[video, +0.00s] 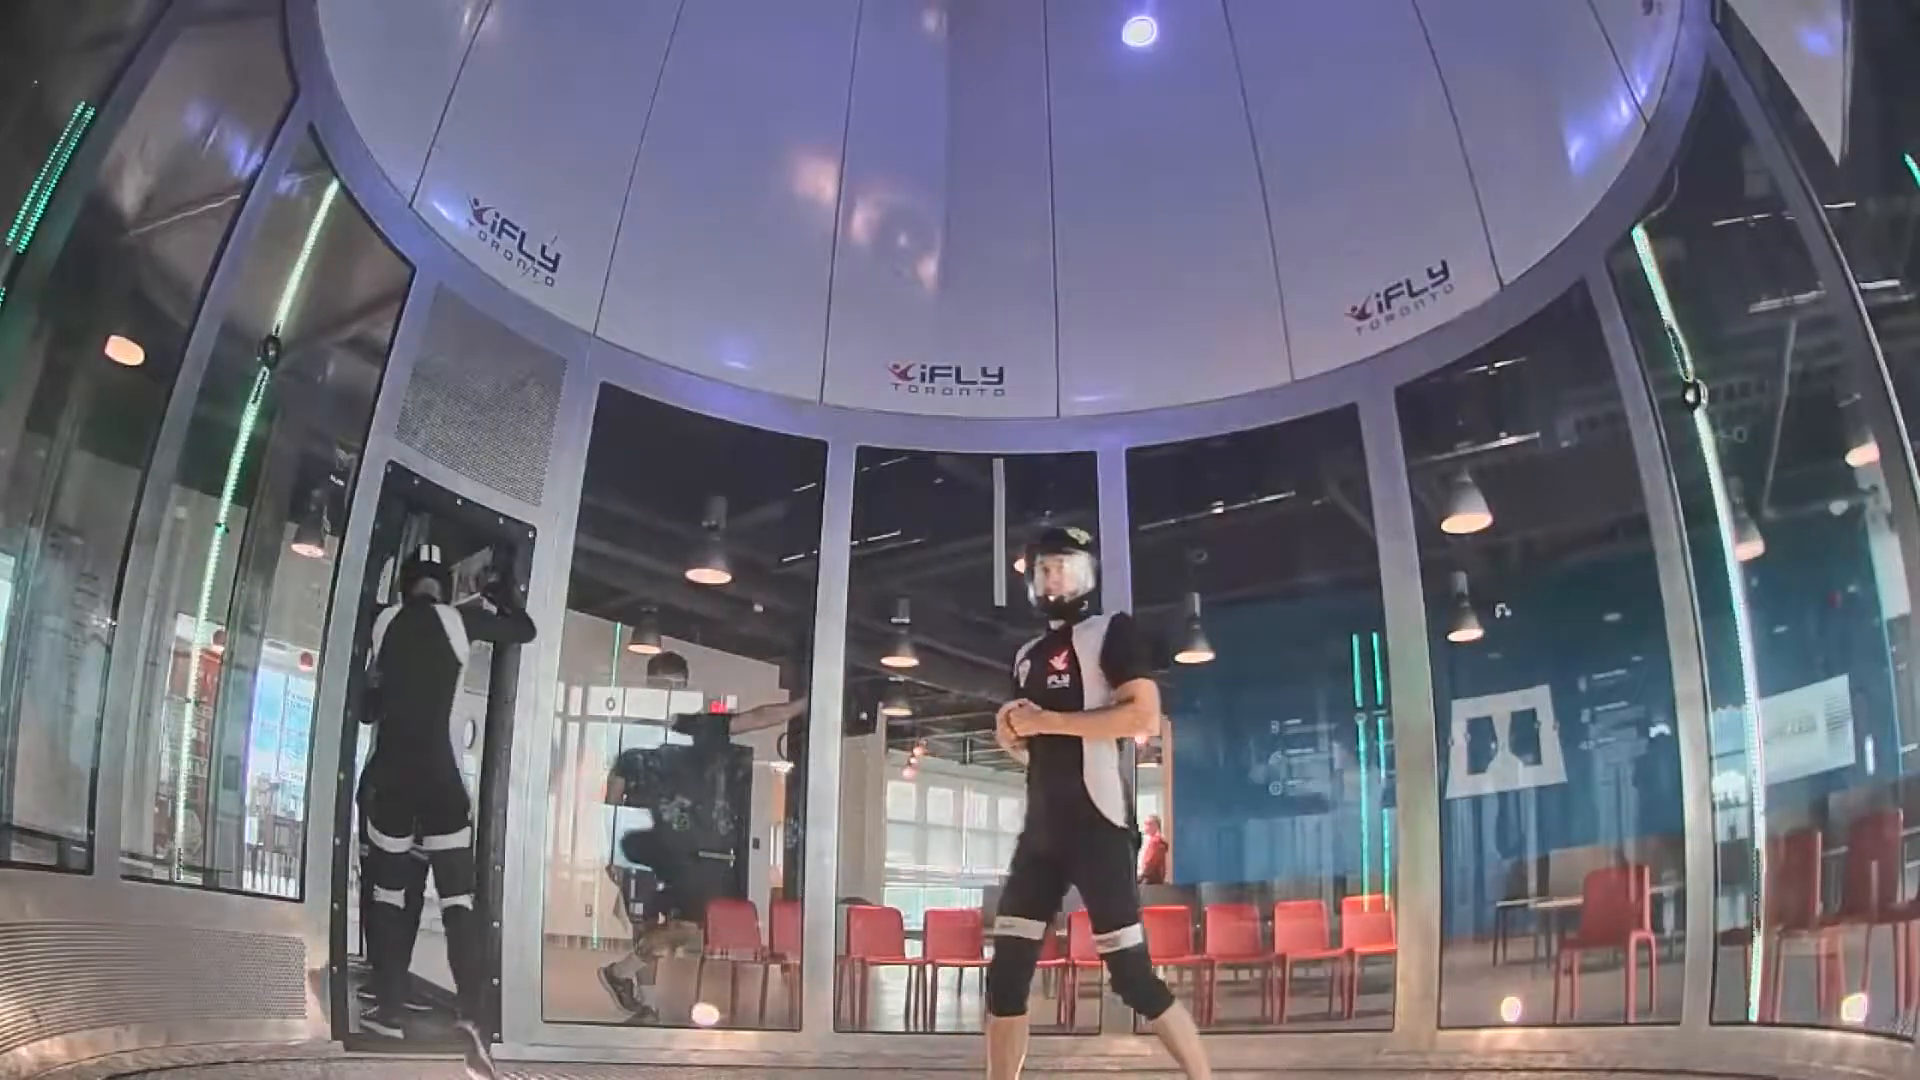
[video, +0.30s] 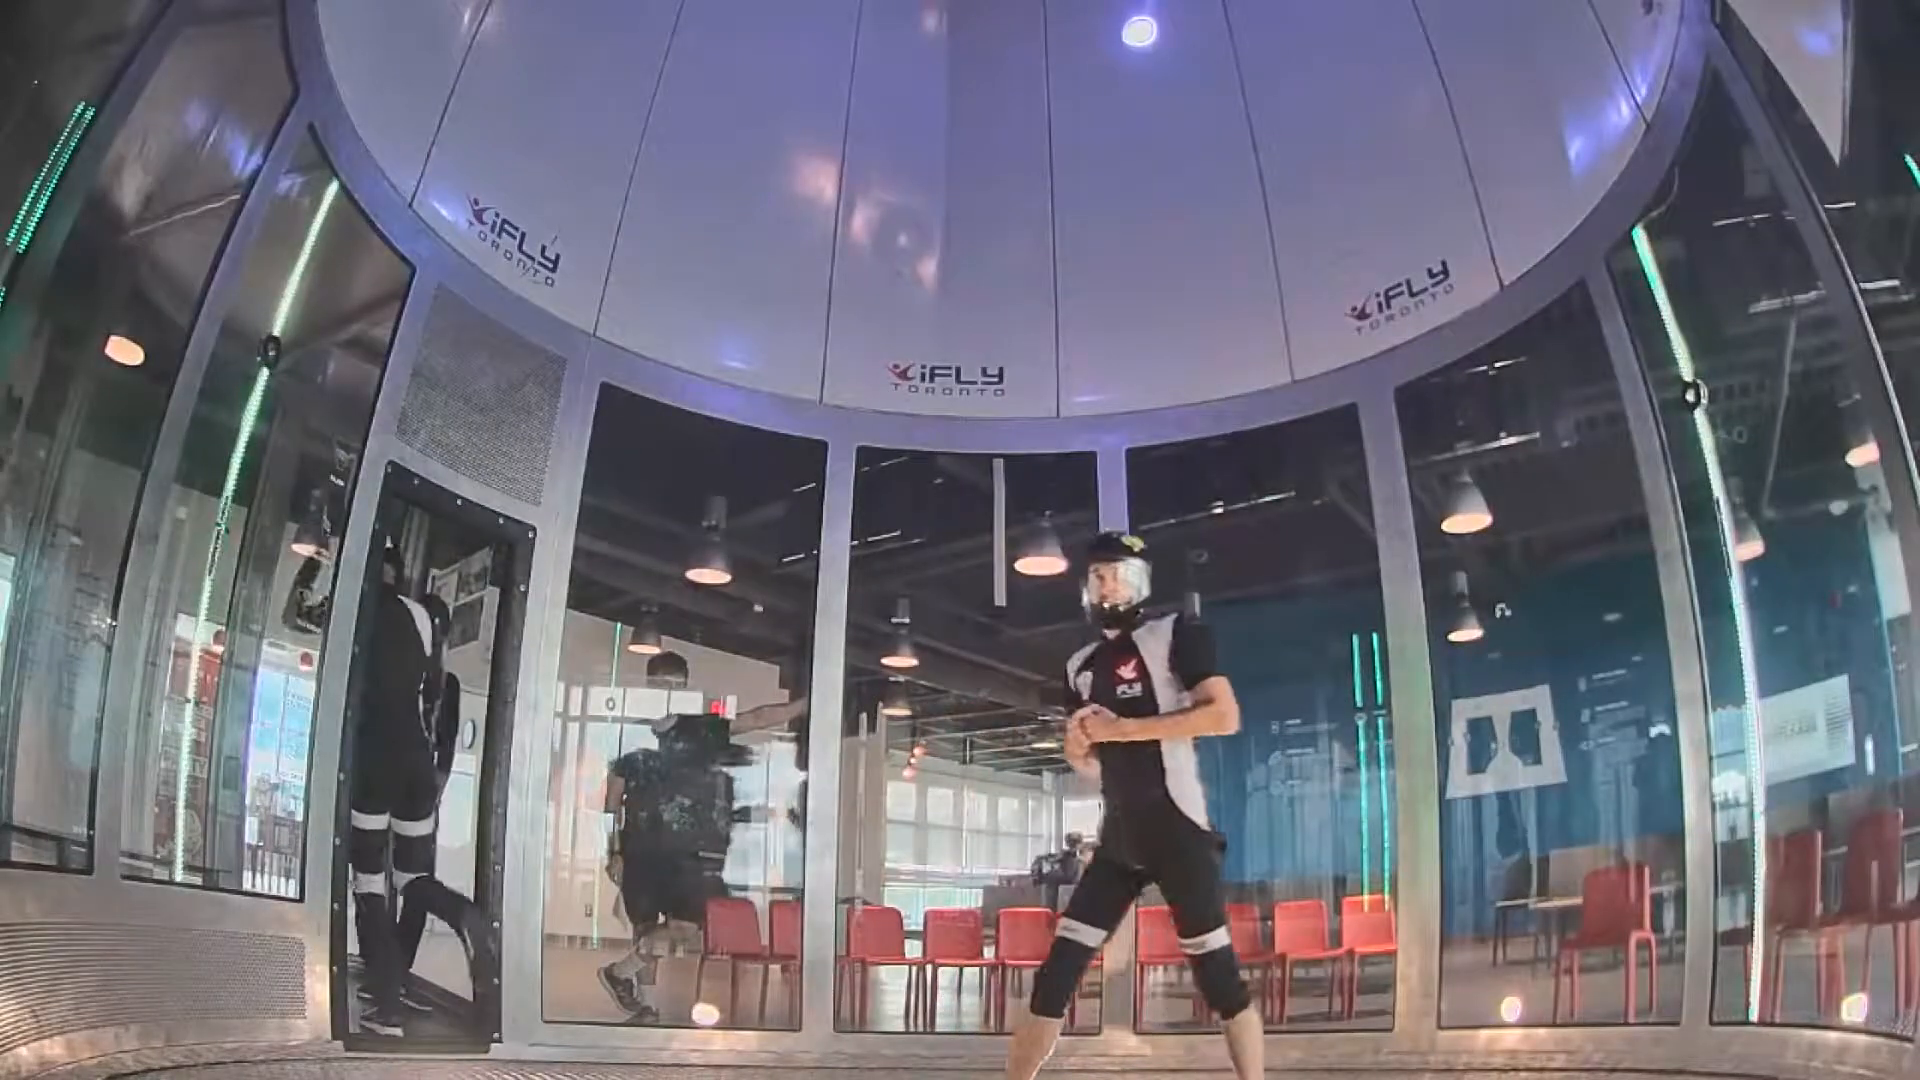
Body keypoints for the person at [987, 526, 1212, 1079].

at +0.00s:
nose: (1055, 579)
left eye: (1066, 567)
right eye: (1046, 569)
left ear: (1090, 572)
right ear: (1034, 577)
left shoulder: (1115, 632)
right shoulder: (1027, 656)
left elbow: (1143, 715)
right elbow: (1034, 753)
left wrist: (1048, 721)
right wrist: (1009, 732)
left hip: (1102, 828)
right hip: (1043, 830)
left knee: (1132, 977)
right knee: (1006, 975)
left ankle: (1203, 1074)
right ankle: (1002, 1079)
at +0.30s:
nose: (1105, 588)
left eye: (1115, 576)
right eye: (1097, 578)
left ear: (1141, 580)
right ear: (1087, 587)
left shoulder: (1178, 633)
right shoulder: (1081, 665)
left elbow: (1225, 715)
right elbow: (1093, 770)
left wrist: (1123, 728)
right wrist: (1076, 745)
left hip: (1181, 829)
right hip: (1120, 833)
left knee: (1219, 977)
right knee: (1056, 974)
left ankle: (1254, 1078)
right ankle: (1015, 1078)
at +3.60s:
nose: (1314, 579)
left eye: (1321, 573)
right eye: (1303, 571)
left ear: (1340, 584)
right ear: (1294, 588)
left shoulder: (1373, 634)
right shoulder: (1287, 641)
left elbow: (1408, 657)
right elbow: (1284, 665)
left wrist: (1366, 564)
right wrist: (1320, 583)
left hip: (1373, 816)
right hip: (1308, 820)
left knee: (1381, 965)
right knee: (1311, 967)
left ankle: (1391, 1062)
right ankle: (1301, 1078)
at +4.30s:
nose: (1299, 562)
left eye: (1306, 554)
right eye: (1284, 556)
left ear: (1323, 566)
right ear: (1271, 579)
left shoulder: (1373, 623)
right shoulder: (1273, 636)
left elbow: (1381, 572)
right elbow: (1285, 577)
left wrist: (1350, 475)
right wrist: (1297, 475)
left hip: (1379, 813)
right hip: (1307, 819)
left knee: (1394, 968)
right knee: (1307, 976)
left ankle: (1423, 1071)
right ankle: (1302, 1077)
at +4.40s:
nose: (1311, 556)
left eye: (1319, 549)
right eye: (1300, 553)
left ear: (1339, 563)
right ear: (1292, 578)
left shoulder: (1388, 621)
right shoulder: (1290, 636)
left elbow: (1402, 567)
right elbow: (1289, 572)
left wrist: (1362, 476)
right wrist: (1311, 475)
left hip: (1388, 813)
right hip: (1317, 818)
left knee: (1399, 973)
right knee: (1311, 976)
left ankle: (1429, 1073)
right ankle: (1301, 1078)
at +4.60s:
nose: (1343, 553)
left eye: (1353, 540)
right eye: (1332, 544)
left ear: (1376, 545)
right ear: (1322, 557)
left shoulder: (1421, 607)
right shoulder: (1326, 621)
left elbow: (1464, 656)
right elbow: (1291, 677)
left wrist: (1398, 576)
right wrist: (1318, 584)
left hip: (1412, 808)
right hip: (1346, 810)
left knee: (1429, 976)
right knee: (1326, 971)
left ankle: (1467, 1070)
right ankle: (1304, 1077)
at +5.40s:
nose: (1390, 574)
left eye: (1400, 561)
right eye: (1386, 564)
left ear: (1431, 559)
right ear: (1385, 568)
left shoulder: (1473, 613)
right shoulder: (1398, 640)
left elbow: (1490, 702)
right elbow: (1385, 748)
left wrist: (1415, 693)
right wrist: (1377, 711)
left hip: (1464, 804)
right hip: (1412, 806)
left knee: (1475, 949)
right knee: (1399, 952)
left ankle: (1490, 1074)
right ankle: (1393, 1075)